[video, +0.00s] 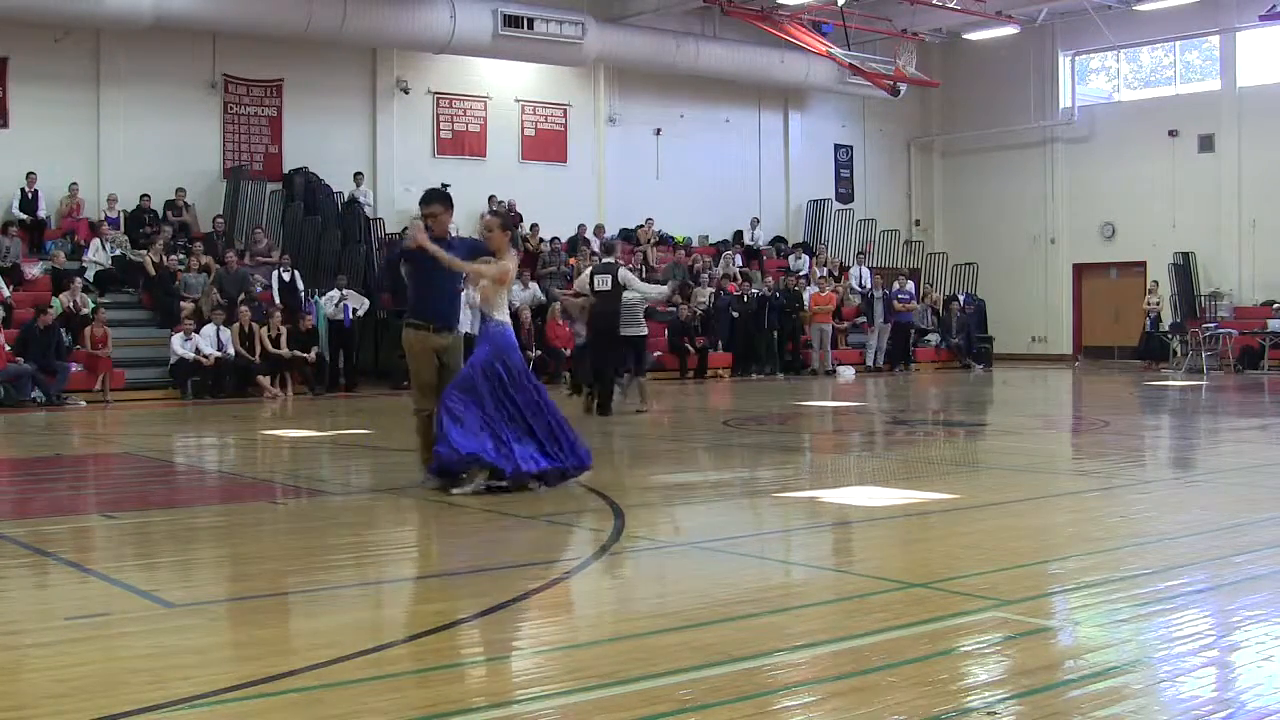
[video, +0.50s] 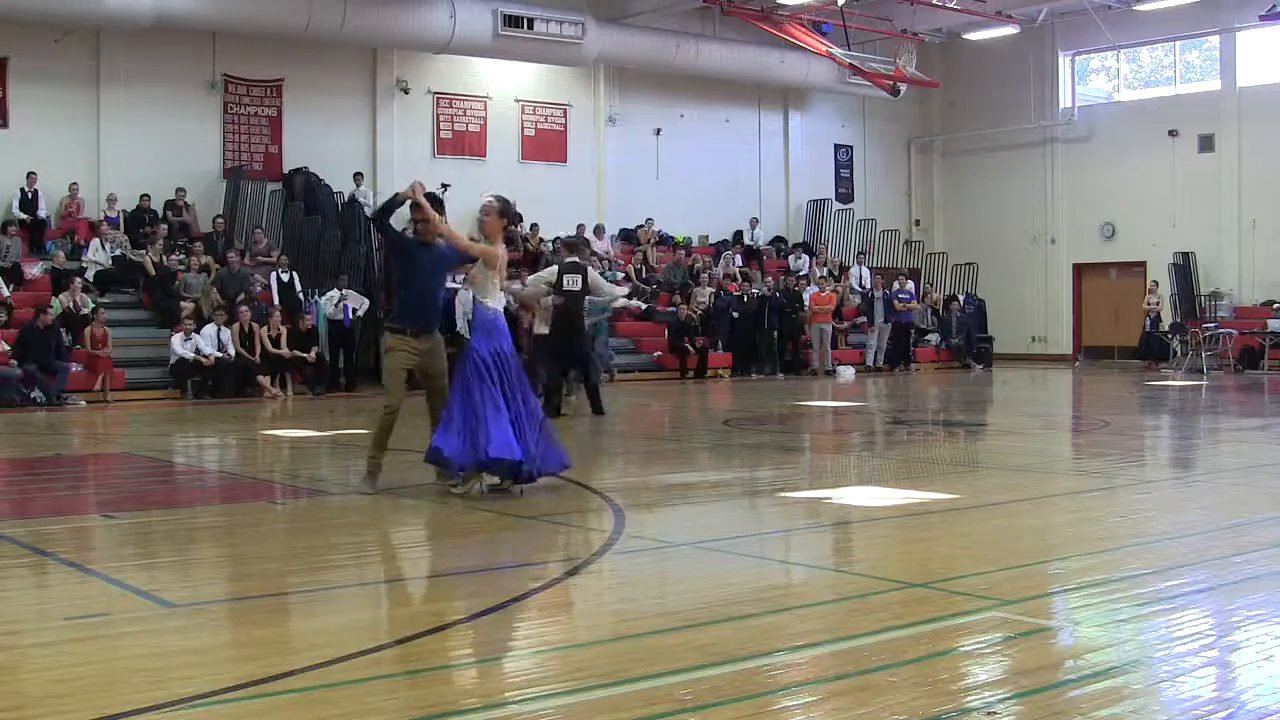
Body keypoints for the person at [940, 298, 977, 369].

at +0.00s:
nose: (955, 307)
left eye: (957, 305)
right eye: (953, 305)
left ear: (959, 307)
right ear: (950, 307)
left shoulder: (964, 318)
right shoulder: (945, 318)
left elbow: (965, 331)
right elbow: (943, 332)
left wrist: (958, 338)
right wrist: (950, 339)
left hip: (960, 338)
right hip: (949, 338)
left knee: (962, 344)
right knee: (952, 346)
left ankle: (964, 361)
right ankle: (964, 360)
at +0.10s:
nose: (955, 307)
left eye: (957, 305)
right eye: (953, 305)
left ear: (959, 307)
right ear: (950, 307)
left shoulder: (964, 318)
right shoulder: (945, 318)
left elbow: (965, 331)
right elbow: (943, 332)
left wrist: (958, 338)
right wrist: (950, 339)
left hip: (960, 338)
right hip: (949, 338)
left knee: (962, 344)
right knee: (952, 346)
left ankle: (964, 361)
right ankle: (964, 360)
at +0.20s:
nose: (955, 307)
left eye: (957, 305)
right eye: (953, 305)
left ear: (959, 307)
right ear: (950, 307)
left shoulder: (964, 318)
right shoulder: (945, 318)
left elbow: (965, 331)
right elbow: (943, 332)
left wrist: (958, 338)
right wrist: (950, 339)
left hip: (960, 338)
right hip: (949, 338)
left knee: (962, 344)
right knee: (952, 346)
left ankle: (964, 361)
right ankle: (964, 360)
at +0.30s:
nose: (955, 307)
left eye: (957, 305)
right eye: (953, 305)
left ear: (959, 307)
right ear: (950, 306)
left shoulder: (964, 318)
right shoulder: (945, 318)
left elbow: (965, 331)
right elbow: (943, 332)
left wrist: (958, 338)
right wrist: (950, 339)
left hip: (960, 338)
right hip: (949, 338)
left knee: (962, 344)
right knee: (952, 345)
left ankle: (964, 361)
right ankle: (964, 360)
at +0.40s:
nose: (955, 307)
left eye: (957, 305)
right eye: (953, 305)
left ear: (959, 307)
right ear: (949, 306)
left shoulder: (963, 318)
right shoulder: (944, 318)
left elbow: (965, 331)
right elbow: (943, 331)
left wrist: (958, 338)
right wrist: (949, 339)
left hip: (960, 338)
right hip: (949, 338)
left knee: (961, 345)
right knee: (953, 346)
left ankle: (963, 361)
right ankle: (965, 360)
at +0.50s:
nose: (955, 307)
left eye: (957, 305)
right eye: (953, 305)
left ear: (959, 307)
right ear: (949, 307)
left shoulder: (963, 318)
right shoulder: (945, 318)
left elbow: (965, 331)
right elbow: (943, 331)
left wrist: (958, 338)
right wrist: (949, 339)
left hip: (960, 338)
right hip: (949, 339)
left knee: (961, 345)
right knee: (953, 346)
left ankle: (963, 360)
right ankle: (964, 360)